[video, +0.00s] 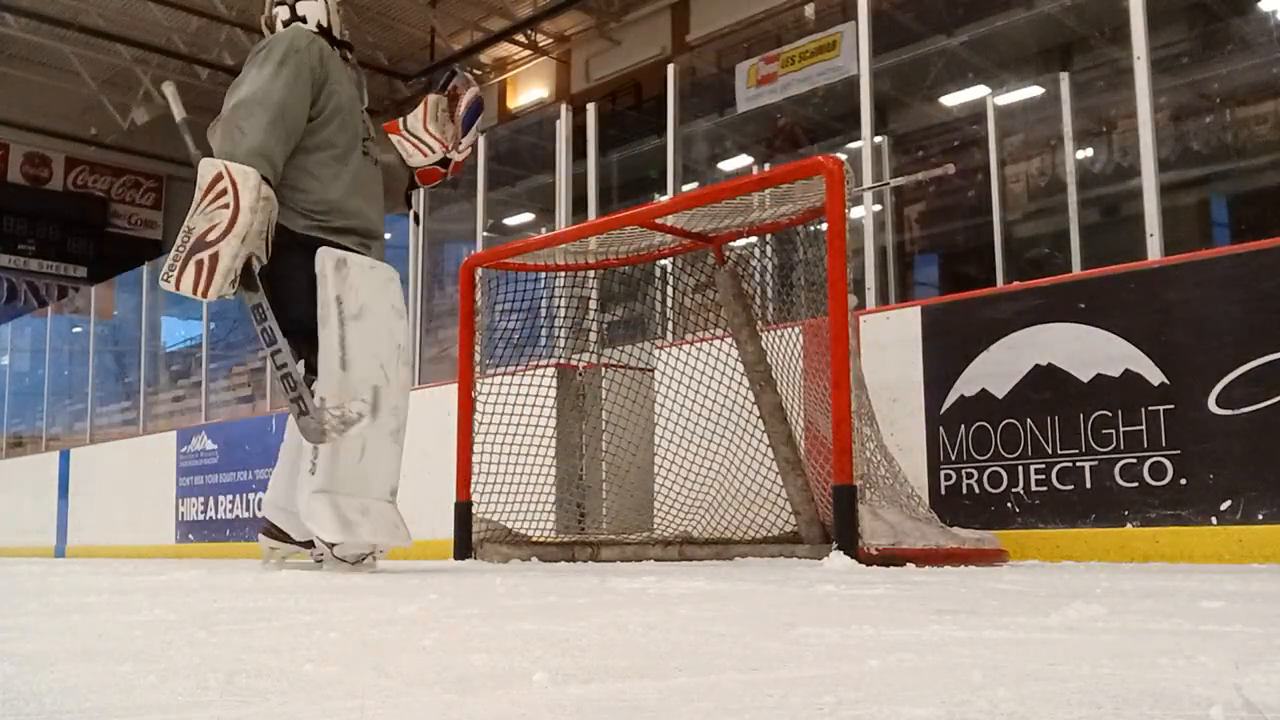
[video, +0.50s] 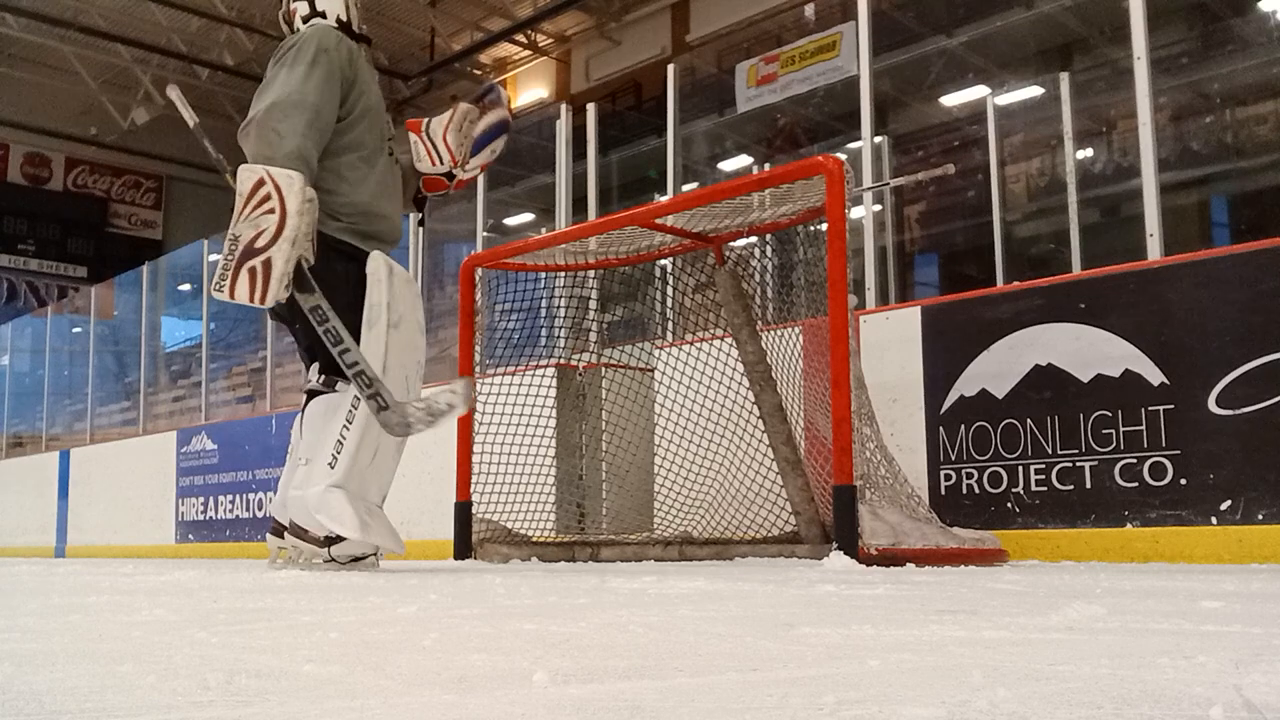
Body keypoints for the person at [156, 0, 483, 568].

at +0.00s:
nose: (341, 15)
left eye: (334, 11)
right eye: (334, 8)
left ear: (288, 12)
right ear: (319, 10)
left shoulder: (339, 76)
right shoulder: (298, 47)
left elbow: (367, 149)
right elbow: (253, 127)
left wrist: (433, 130)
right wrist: (231, 215)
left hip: (339, 253)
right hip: (323, 250)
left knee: (334, 388)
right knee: (361, 387)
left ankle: (290, 518)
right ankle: (347, 538)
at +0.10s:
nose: (345, 21)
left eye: (338, 16)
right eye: (338, 12)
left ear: (293, 15)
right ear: (320, 13)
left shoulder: (345, 82)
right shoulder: (300, 49)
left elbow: (368, 159)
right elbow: (257, 126)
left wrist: (434, 135)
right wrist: (237, 211)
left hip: (345, 253)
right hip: (315, 249)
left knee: (348, 390)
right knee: (348, 390)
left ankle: (304, 527)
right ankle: (320, 539)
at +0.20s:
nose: (346, 17)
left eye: (338, 12)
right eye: (337, 9)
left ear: (293, 16)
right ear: (322, 13)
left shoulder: (348, 82)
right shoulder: (304, 50)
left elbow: (375, 151)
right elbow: (262, 127)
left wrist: (440, 132)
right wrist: (244, 212)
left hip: (349, 251)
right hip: (323, 249)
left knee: (344, 389)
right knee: (355, 388)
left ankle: (301, 526)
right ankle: (326, 541)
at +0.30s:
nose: (352, 20)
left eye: (344, 15)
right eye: (343, 12)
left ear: (296, 19)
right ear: (327, 17)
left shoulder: (351, 79)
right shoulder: (309, 51)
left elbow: (371, 169)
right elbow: (270, 132)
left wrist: (436, 138)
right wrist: (259, 224)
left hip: (355, 253)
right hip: (327, 249)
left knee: (348, 386)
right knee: (355, 386)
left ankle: (298, 525)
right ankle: (325, 540)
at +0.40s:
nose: (352, 14)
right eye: (344, 7)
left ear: (297, 14)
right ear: (333, 10)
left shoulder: (351, 74)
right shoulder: (316, 49)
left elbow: (367, 170)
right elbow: (276, 127)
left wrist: (432, 146)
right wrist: (268, 217)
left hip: (360, 252)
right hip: (333, 248)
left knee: (365, 385)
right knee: (357, 384)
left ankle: (305, 521)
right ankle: (323, 527)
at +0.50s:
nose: (359, 8)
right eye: (352, 2)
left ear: (300, 7)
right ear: (337, 3)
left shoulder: (354, 66)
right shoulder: (321, 43)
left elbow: (376, 154)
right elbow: (283, 127)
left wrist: (441, 147)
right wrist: (272, 222)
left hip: (358, 251)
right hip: (334, 247)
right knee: (359, 381)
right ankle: (318, 519)